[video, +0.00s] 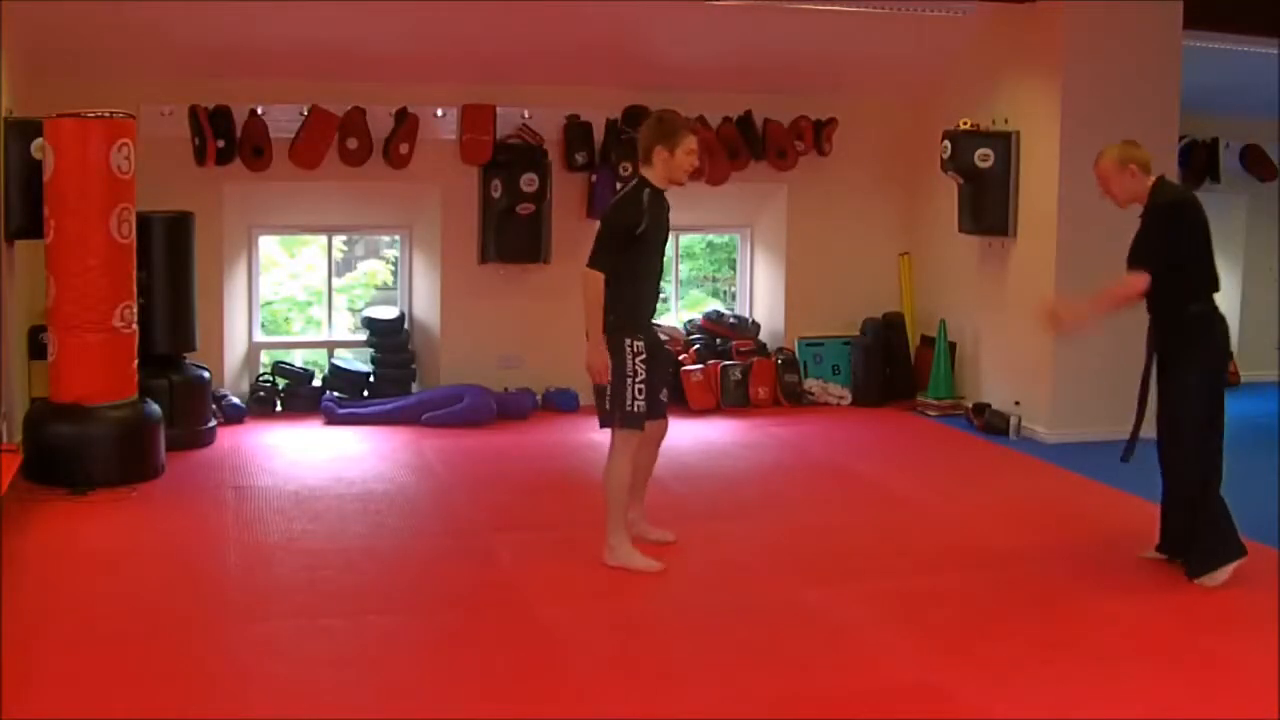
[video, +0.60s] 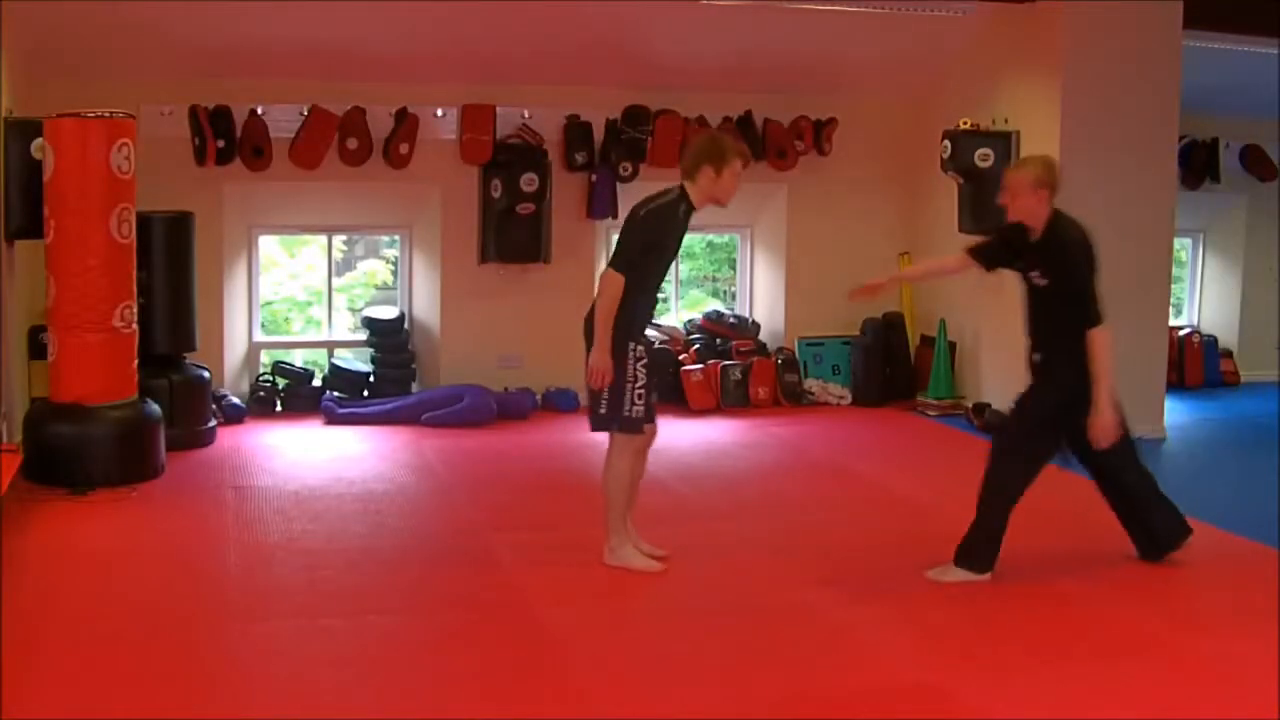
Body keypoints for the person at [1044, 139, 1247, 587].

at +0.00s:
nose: (1106, 194)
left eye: (1107, 185)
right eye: (1103, 186)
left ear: (1132, 173)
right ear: (1133, 173)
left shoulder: (1166, 207)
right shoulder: (1172, 202)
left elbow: (1138, 283)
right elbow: (1197, 287)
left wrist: (1079, 311)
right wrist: (1223, 351)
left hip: (1191, 340)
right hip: (1187, 337)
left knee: (1189, 445)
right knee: (1175, 442)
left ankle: (1219, 550)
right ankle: (1178, 541)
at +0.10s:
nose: (1097, 180)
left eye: (1103, 170)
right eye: (1097, 171)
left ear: (1131, 170)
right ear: (1129, 171)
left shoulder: (1159, 210)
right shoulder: (1149, 209)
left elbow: (1164, 290)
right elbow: (1159, 289)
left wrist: (1141, 353)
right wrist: (1144, 349)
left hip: (1181, 340)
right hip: (1169, 339)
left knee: (1167, 440)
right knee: (1159, 439)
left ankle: (1209, 541)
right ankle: (1178, 540)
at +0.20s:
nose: (1091, 174)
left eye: (1098, 166)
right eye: (1092, 166)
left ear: (1125, 169)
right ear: (1121, 169)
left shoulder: (1153, 209)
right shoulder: (1133, 211)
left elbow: (1179, 288)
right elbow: (1150, 289)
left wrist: (1165, 357)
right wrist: (1139, 351)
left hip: (1161, 353)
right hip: (1149, 349)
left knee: (1128, 444)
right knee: (1171, 445)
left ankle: (1170, 543)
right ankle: (1194, 537)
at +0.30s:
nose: (1081, 169)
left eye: (1089, 162)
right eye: (1083, 161)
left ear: (1116, 168)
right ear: (1111, 168)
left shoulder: (1146, 210)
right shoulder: (1110, 214)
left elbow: (1171, 285)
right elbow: (1100, 290)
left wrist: (1170, 357)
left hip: (1146, 360)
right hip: (1131, 357)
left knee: (1101, 445)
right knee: (1163, 451)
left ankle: (1104, 550)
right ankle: (1185, 541)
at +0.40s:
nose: (1066, 179)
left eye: (1074, 171)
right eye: (1067, 171)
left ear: (1100, 175)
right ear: (1090, 176)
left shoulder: (1130, 221)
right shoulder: (1085, 225)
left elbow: (1156, 300)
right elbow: (1042, 287)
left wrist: (1161, 373)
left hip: (1130, 368)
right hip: (1116, 365)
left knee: (1075, 445)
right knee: (1155, 456)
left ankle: (1045, 548)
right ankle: (1181, 543)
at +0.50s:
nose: (1038, 189)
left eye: (1046, 181)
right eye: (1039, 181)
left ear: (1076, 185)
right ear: (1063, 186)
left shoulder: (1102, 232)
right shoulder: (1054, 231)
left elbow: (1127, 314)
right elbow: (996, 271)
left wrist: (1140, 390)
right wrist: (931, 298)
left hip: (1101, 376)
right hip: (1094, 372)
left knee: (1043, 461)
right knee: (1140, 461)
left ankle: (995, 550)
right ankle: (1178, 545)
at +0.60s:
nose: (1001, 200)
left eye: (1011, 191)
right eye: (1003, 191)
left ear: (1041, 196)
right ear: (1027, 197)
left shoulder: (1069, 240)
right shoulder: (1017, 237)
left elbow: (1094, 324)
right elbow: (959, 262)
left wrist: (1103, 402)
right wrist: (892, 278)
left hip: (1069, 380)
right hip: (1059, 376)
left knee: (1010, 457)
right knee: (1107, 454)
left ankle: (975, 560)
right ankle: (1163, 532)